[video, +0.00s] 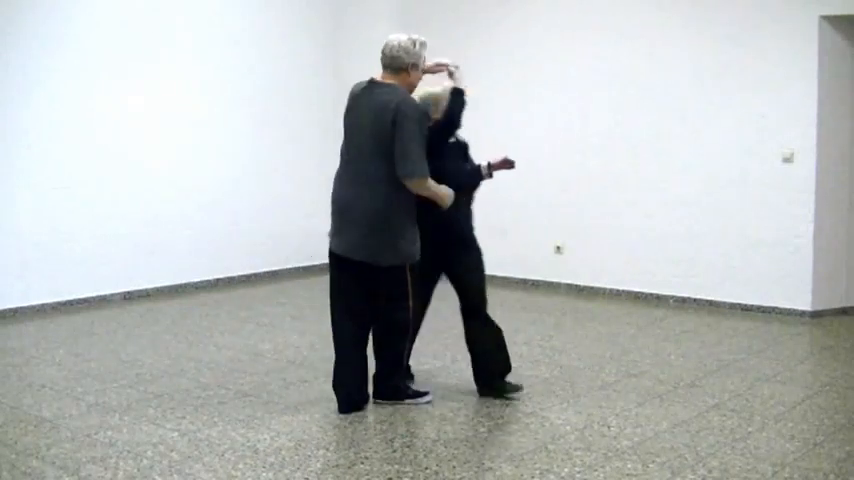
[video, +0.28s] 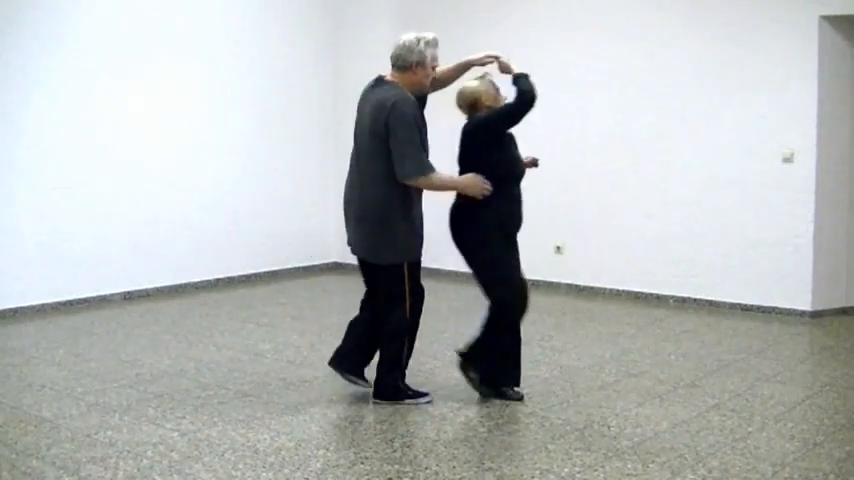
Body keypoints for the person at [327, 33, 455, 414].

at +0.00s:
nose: (421, 74)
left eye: (422, 68)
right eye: (420, 68)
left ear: (382, 65)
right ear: (413, 70)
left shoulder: (358, 94)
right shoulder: (407, 107)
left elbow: (386, 87)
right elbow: (412, 175)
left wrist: (419, 74)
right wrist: (438, 192)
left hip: (346, 224)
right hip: (388, 227)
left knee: (348, 315)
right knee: (394, 311)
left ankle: (349, 396)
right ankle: (391, 386)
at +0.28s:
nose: (435, 73)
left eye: (434, 67)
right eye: (432, 67)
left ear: (399, 67)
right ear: (414, 69)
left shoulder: (378, 89)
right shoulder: (402, 105)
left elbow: (431, 83)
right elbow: (415, 175)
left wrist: (469, 64)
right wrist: (460, 184)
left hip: (367, 213)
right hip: (392, 220)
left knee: (381, 292)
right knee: (406, 299)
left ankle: (349, 358)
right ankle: (390, 385)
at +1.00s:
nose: (451, 75)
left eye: (452, 68)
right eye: (446, 69)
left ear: (436, 68)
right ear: (419, 68)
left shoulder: (440, 107)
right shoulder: (391, 108)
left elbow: (447, 159)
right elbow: (389, 171)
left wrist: (468, 178)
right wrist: (441, 191)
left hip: (428, 230)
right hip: (394, 233)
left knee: (429, 305)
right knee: (402, 311)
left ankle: (420, 373)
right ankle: (396, 384)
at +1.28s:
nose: (456, 72)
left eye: (457, 64)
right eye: (450, 65)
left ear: (442, 65)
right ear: (425, 65)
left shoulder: (447, 106)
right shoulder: (398, 102)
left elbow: (450, 159)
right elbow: (393, 162)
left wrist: (463, 178)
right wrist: (445, 177)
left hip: (434, 220)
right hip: (403, 220)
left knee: (424, 293)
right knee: (438, 284)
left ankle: (414, 371)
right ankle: (414, 371)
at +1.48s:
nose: (456, 73)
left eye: (457, 66)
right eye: (450, 66)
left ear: (440, 67)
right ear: (426, 66)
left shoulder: (442, 110)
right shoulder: (399, 104)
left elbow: (447, 164)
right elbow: (399, 164)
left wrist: (468, 178)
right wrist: (447, 182)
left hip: (435, 227)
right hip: (406, 228)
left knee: (435, 300)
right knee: (426, 300)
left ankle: (423, 374)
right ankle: (413, 377)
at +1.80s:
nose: (454, 73)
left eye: (455, 66)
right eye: (450, 66)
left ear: (431, 66)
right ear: (427, 65)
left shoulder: (420, 99)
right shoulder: (404, 95)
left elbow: (416, 151)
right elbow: (393, 144)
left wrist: (445, 167)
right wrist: (441, 161)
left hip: (413, 218)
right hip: (402, 220)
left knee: (428, 289)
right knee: (433, 287)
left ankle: (406, 364)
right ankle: (411, 370)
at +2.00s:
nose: (451, 79)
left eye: (451, 72)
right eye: (447, 71)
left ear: (420, 71)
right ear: (426, 69)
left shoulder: (390, 96)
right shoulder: (412, 99)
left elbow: (352, 148)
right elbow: (405, 154)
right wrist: (441, 192)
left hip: (387, 223)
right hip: (397, 225)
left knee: (412, 301)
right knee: (403, 304)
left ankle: (414, 372)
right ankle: (385, 380)